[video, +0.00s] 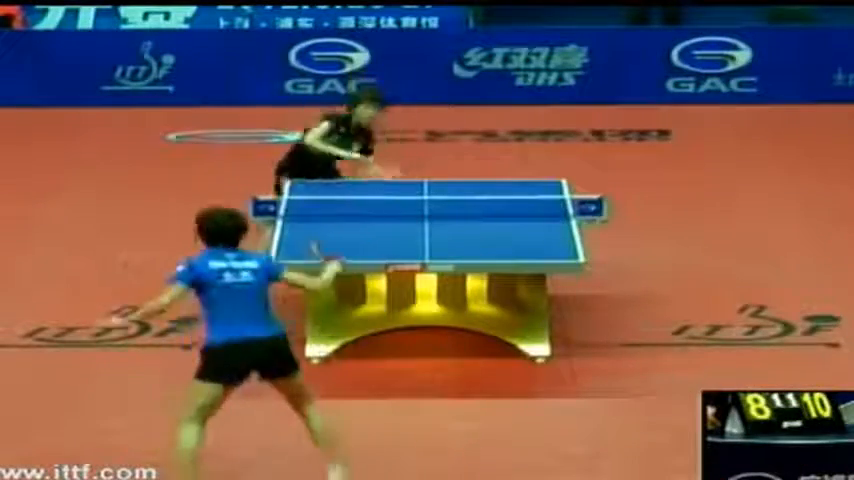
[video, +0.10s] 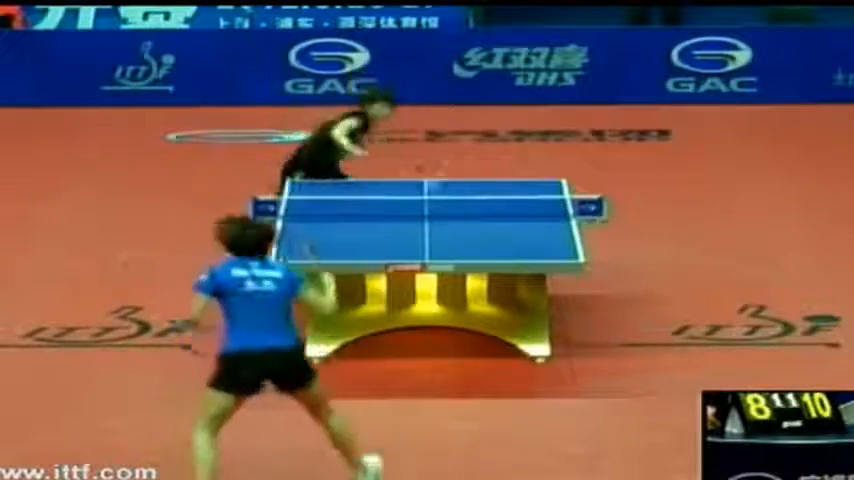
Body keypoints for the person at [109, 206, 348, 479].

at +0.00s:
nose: (195, 238)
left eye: (198, 233)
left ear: (205, 238)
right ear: (239, 236)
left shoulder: (197, 266)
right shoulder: (260, 262)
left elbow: (163, 304)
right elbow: (314, 285)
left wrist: (131, 318)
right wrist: (330, 270)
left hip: (225, 349)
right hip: (269, 345)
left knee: (195, 420)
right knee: (305, 404)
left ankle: (185, 474)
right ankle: (337, 465)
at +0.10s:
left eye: (226, 239)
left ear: (231, 245)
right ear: (265, 245)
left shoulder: (220, 274)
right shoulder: (283, 274)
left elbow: (196, 318)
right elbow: (326, 307)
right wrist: (328, 281)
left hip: (241, 358)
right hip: (286, 355)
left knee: (207, 427)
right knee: (326, 414)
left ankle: (204, 474)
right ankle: (361, 467)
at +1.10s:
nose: (268, 291)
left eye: (269, 286)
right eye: (267, 287)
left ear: (276, 282)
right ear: (302, 274)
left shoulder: (284, 292)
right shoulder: (325, 289)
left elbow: (250, 321)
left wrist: (225, 323)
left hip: (345, 357)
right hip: (381, 354)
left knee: (282, 414)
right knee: (360, 397)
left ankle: (275, 472)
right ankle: (387, 455)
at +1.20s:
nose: (278, 320)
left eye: (278, 315)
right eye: (278, 318)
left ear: (284, 307)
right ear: (304, 299)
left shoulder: (294, 309)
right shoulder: (331, 308)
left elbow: (252, 337)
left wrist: (226, 348)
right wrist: (326, 365)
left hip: (360, 361)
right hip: (394, 356)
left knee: (288, 415)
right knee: (362, 396)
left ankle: (278, 473)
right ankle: (387, 454)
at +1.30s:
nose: (297, 332)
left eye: (296, 327)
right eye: (299, 328)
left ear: (301, 321)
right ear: (324, 313)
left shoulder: (309, 322)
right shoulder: (353, 325)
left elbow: (263, 338)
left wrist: (222, 355)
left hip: (364, 365)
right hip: (401, 362)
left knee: (288, 416)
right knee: (367, 399)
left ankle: (275, 475)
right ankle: (388, 455)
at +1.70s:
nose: (323, 259)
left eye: (319, 255)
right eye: (336, 255)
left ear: (316, 260)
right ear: (349, 260)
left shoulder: (305, 278)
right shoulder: (365, 282)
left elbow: (251, 283)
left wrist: (203, 285)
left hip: (322, 349)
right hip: (365, 349)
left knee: (262, 400)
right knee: (365, 397)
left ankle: (256, 467)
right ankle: (386, 453)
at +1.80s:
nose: (314, 234)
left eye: (317, 229)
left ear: (316, 233)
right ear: (351, 235)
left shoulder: (306, 258)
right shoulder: (364, 262)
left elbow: (254, 272)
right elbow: (413, 278)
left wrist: (205, 280)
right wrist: (463, 281)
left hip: (316, 332)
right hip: (360, 331)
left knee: (265, 394)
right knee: (376, 386)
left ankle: (257, 464)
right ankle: (388, 450)